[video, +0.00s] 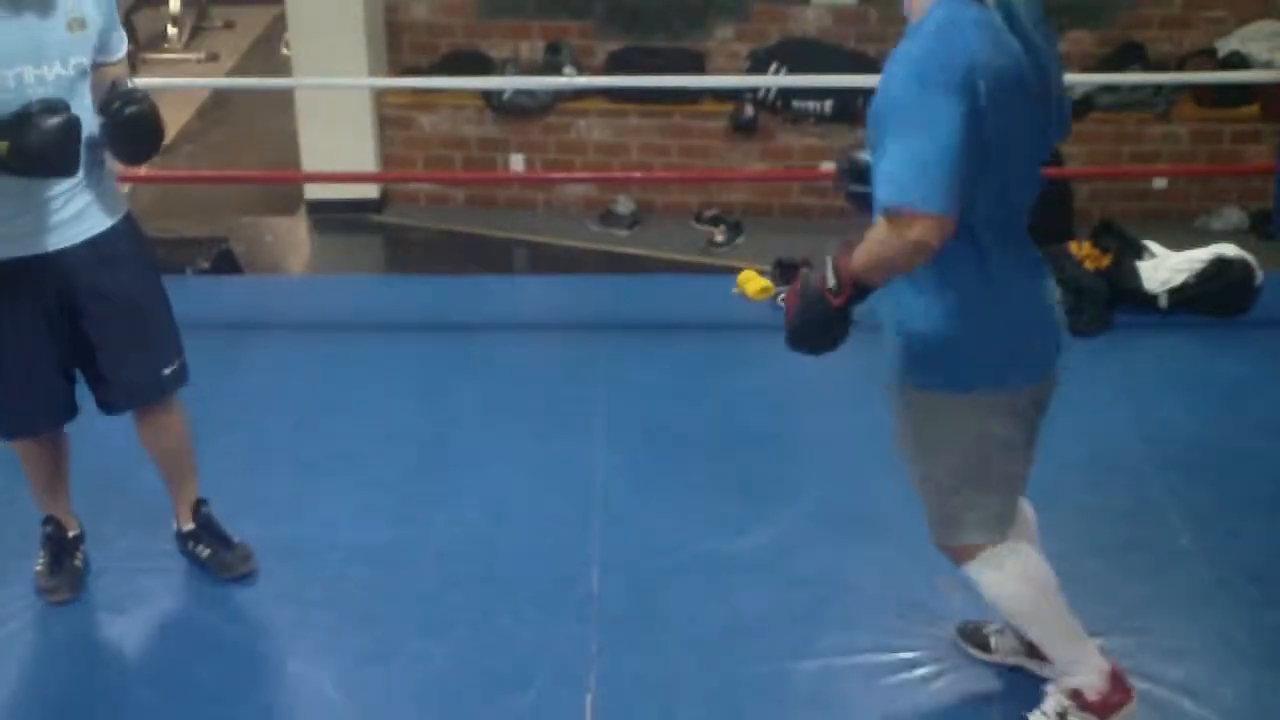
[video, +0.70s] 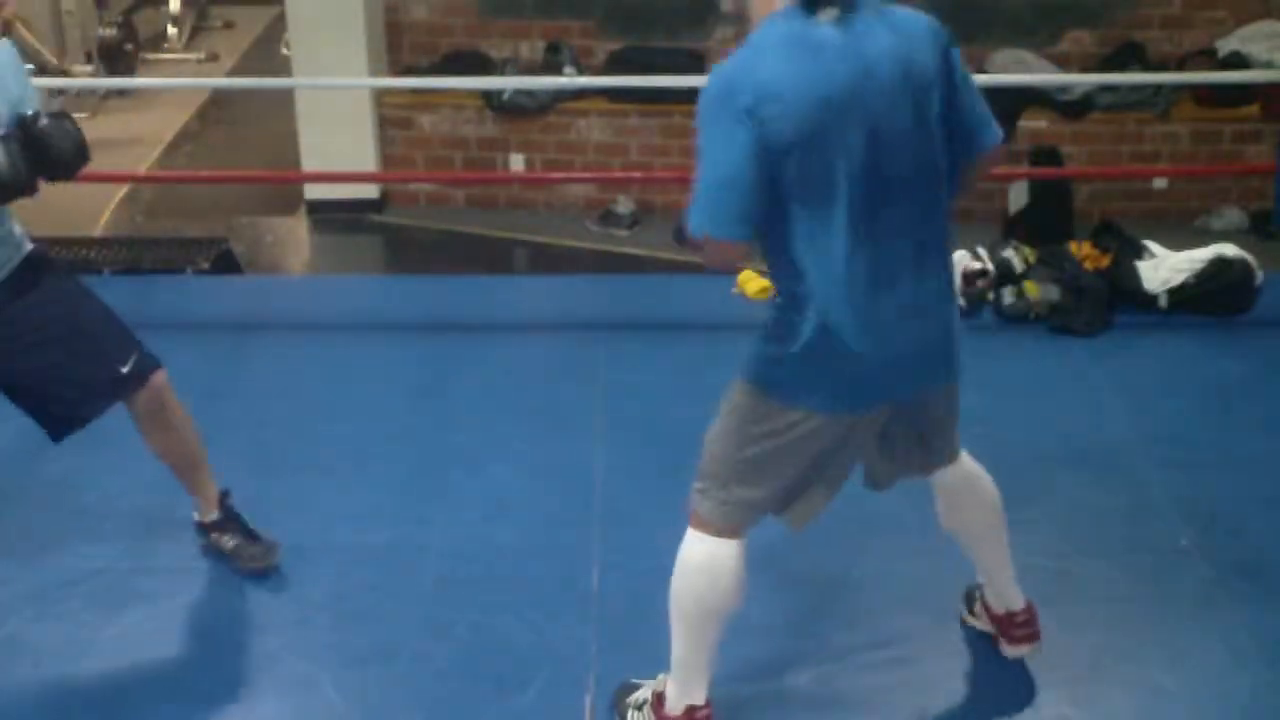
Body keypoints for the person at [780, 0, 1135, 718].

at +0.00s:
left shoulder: (926, 62)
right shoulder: (1013, 27)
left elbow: (919, 225)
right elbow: (1039, 149)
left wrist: (836, 283)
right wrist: (893, 179)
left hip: (963, 347)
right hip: (1017, 323)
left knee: (970, 534)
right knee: (999, 496)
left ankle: (1093, 683)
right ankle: (1038, 632)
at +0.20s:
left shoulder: (949, 20)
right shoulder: (1019, 8)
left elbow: (972, 175)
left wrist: (870, 243)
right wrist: (901, 151)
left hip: (953, 294)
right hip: (1019, 279)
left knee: (880, 476)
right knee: (994, 442)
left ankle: (990, 636)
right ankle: (1035, 607)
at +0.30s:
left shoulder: (929, 7)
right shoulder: (1024, 7)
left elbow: (967, 140)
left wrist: (877, 212)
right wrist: (891, 107)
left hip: (940, 275)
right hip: (1020, 263)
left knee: (837, 454)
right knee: (984, 421)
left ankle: (882, 649)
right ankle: (1027, 594)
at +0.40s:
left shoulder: (916, 19)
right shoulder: (1014, 9)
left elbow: (930, 171)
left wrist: (840, 221)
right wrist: (874, 127)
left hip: (916, 298)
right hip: (997, 285)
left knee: (806, 470)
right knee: (979, 440)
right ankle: (1022, 603)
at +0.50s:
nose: (835, 8)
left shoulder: (877, 74)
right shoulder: (978, 29)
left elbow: (882, 230)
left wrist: (797, 246)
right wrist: (848, 173)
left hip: (899, 334)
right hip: (992, 318)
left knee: (778, 503)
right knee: (968, 469)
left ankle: (693, 684)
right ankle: (1027, 616)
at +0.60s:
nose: (772, 8)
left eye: (777, 6)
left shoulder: (809, 79)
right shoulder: (948, 52)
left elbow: (817, 239)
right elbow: (991, 181)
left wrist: (747, 240)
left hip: (845, 355)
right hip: (949, 339)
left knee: (743, 516)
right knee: (961, 469)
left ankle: (690, 696)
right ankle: (1022, 610)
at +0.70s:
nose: (730, 9)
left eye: (732, 4)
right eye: (733, 6)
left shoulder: (741, 80)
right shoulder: (917, 33)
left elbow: (720, 242)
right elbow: (977, 148)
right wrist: (908, 212)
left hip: (814, 348)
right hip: (922, 329)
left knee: (718, 516)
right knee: (946, 460)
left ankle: (684, 698)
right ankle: (1011, 609)